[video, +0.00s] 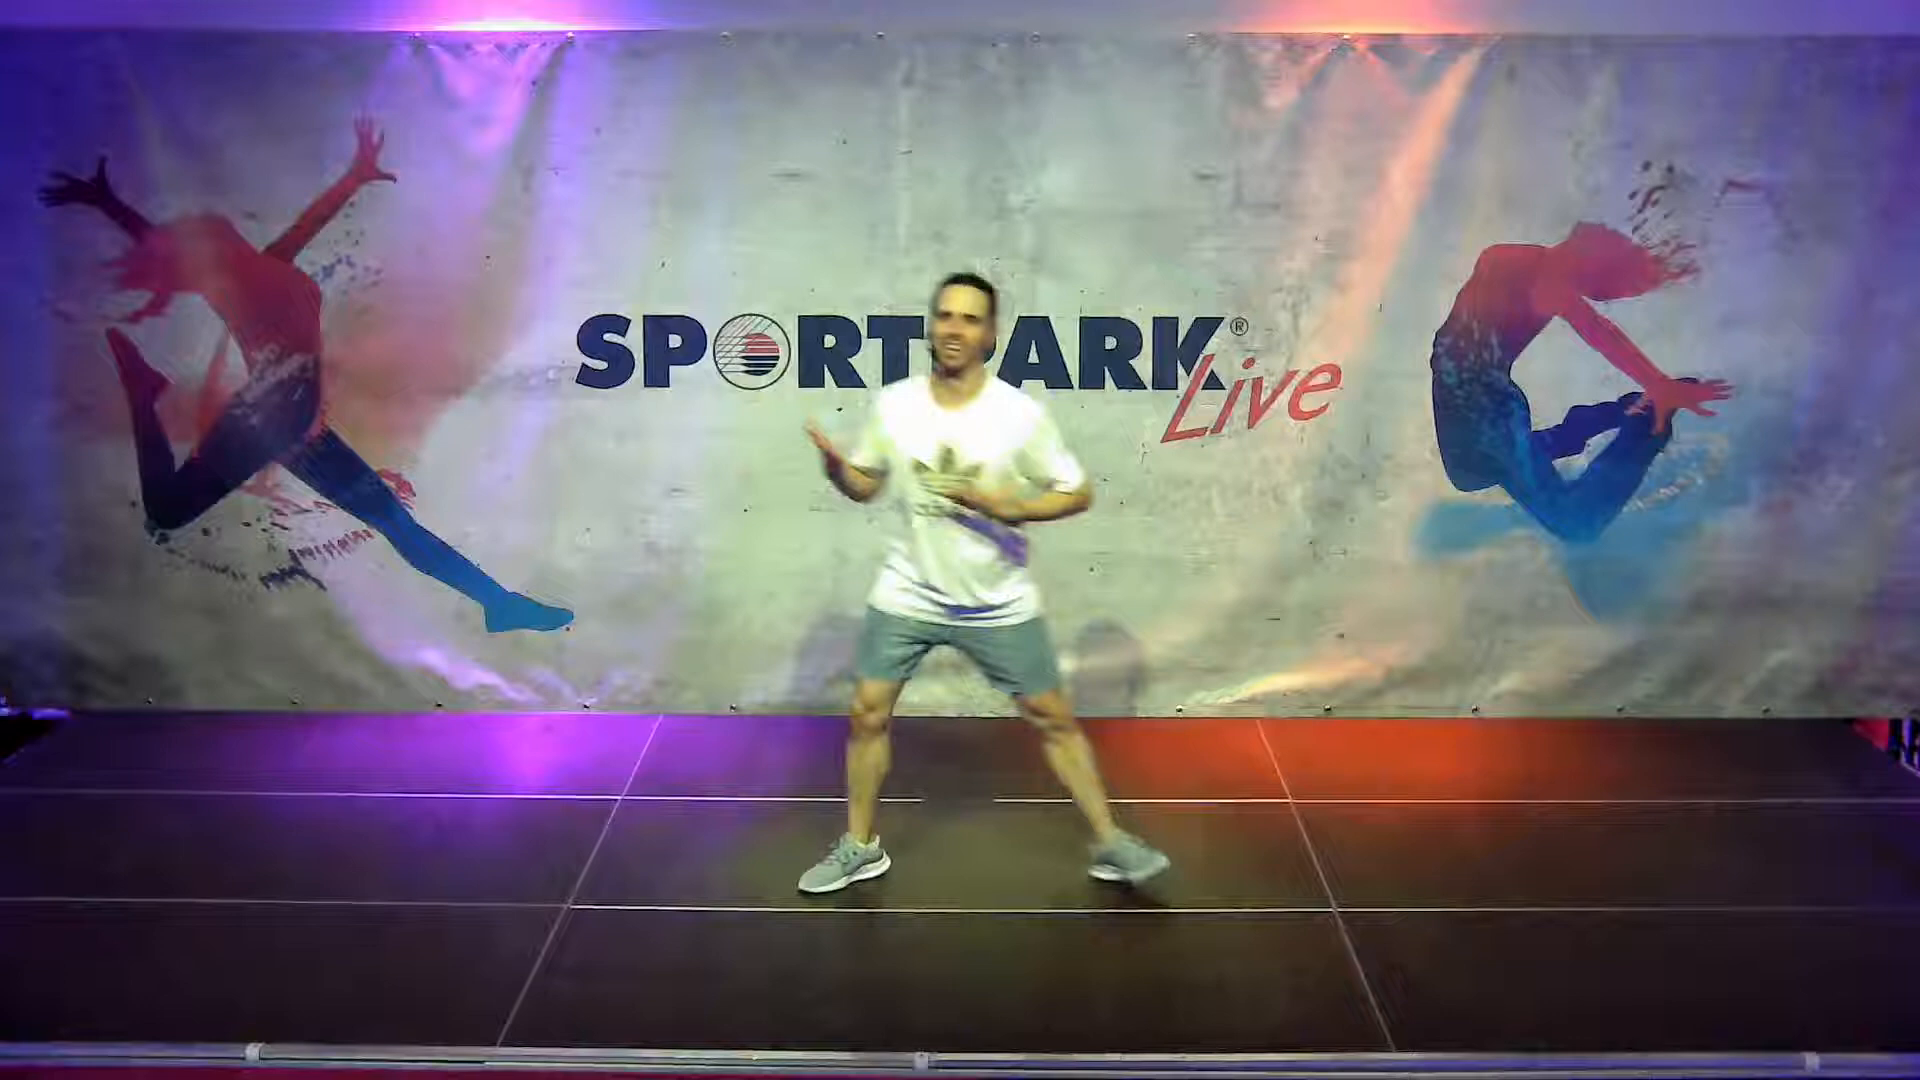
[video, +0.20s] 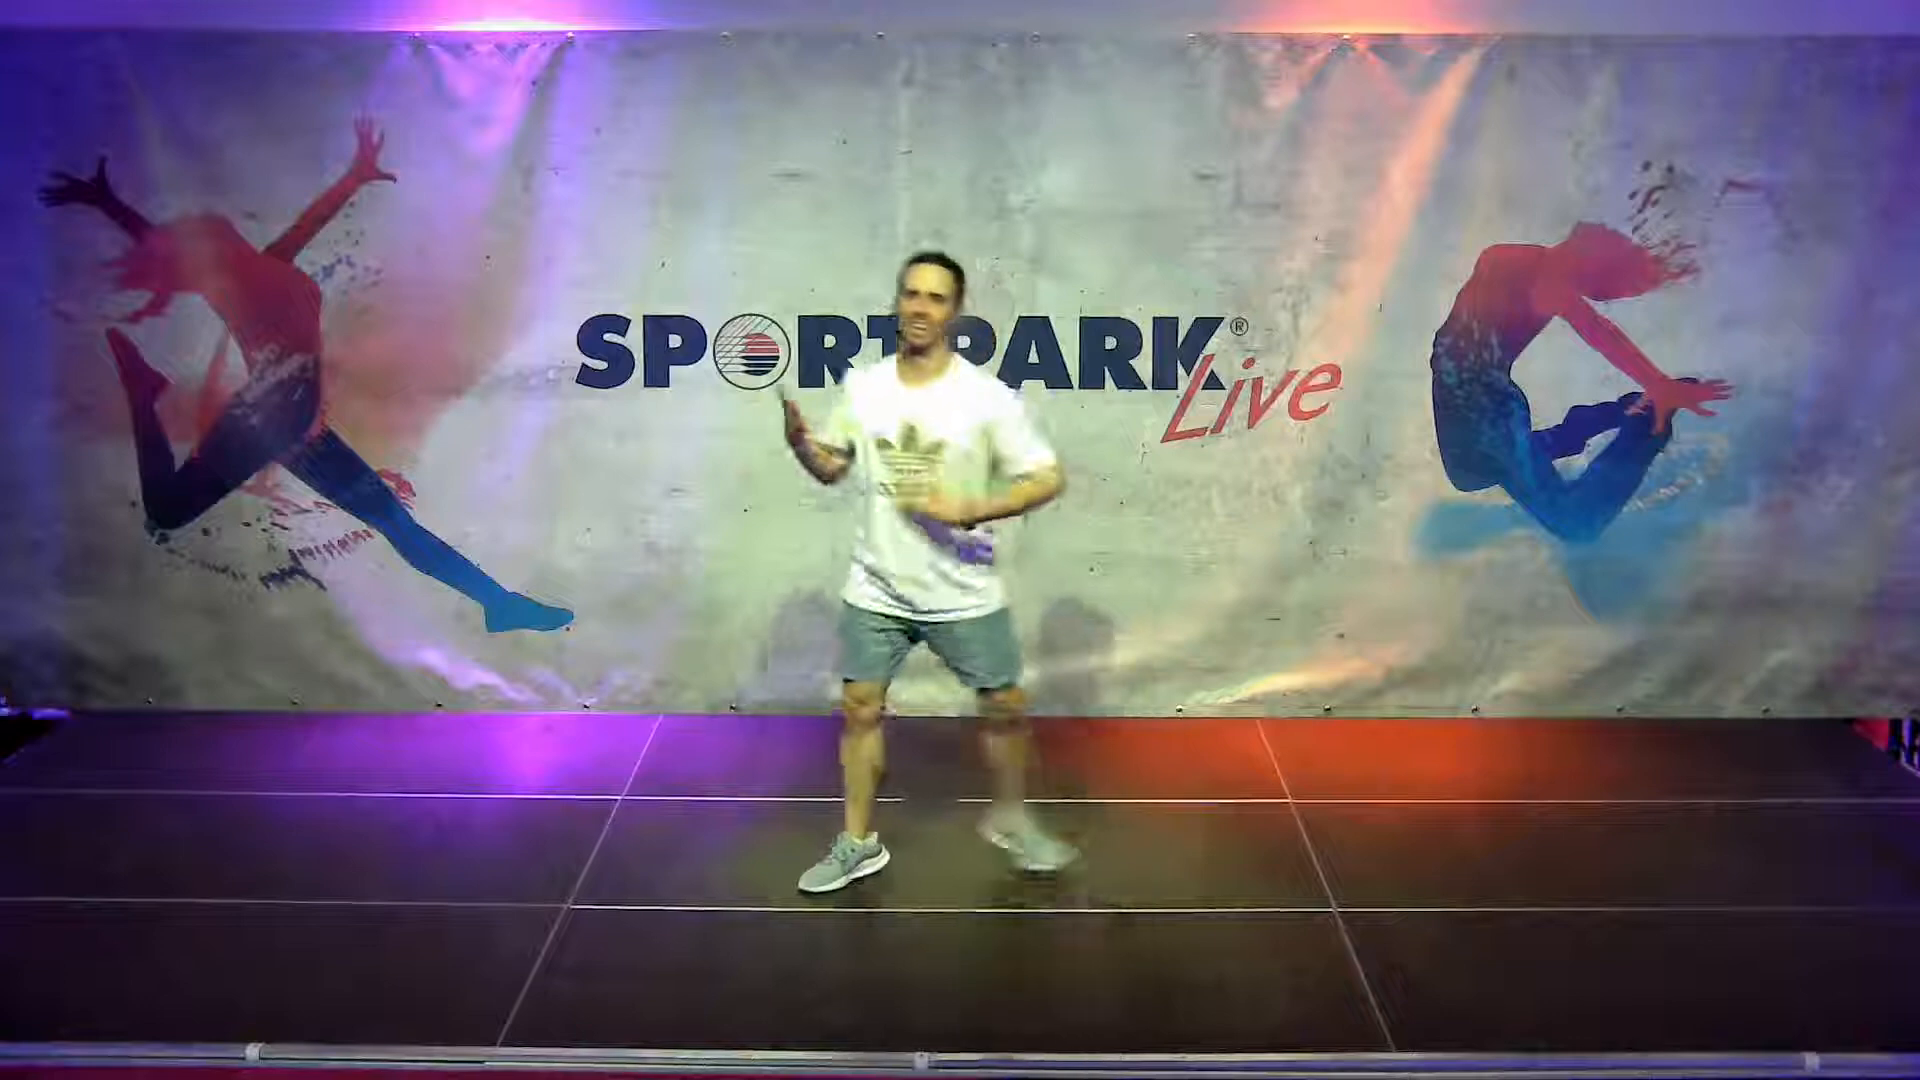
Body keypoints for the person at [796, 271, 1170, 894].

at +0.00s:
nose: (953, 329)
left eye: (968, 320)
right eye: (945, 316)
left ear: (991, 334)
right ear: (929, 325)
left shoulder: (1019, 413)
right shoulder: (897, 404)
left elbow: (1077, 494)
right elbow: (865, 487)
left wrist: (1007, 508)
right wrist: (835, 464)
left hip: (1000, 599)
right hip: (908, 591)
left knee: (1053, 714)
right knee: (867, 711)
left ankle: (1108, 839)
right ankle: (859, 843)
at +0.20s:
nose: (919, 308)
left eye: (935, 299)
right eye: (910, 295)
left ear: (956, 312)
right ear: (896, 302)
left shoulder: (987, 397)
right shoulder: (863, 384)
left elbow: (1047, 479)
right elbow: (833, 470)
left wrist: (972, 509)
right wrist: (804, 444)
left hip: (964, 588)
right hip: (879, 583)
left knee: (1005, 704)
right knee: (859, 704)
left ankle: (1010, 819)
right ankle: (857, 839)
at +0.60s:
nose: (925, 294)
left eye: (942, 285)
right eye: (917, 281)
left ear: (963, 300)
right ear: (902, 289)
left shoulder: (984, 379)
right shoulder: (860, 368)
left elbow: (1008, 457)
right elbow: (818, 451)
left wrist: (966, 479)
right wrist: (833, 542)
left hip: (962, 582)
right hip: (874, 580)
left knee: (992, 705)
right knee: (853, 702)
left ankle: (982, 835)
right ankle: (844, 831)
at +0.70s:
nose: (966, 327)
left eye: (982, 318)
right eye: (955, 313)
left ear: (997, 330)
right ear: (935, 318)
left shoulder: (1008, 404)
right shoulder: (885, 398)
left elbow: (1032, 478)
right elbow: (852, 503)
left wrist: (1026, 426)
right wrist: (829, 597)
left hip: (975, 604)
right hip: (885, 600)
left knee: (1021, 735)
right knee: (865, 729)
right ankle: (848, 840)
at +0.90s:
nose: (1022, 333)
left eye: (1036, 322)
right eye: (1011, 319)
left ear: (1052, 335)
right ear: (988, 328)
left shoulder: (1072, 417)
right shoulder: (946, 416)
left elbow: (1145, 482)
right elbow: (900, 507)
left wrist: (1095, 463)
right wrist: (854, 580)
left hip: (1046, 618)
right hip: (955, 621)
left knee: (1085, 747)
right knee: (903, 749)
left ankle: (1105, 898)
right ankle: (861, 830)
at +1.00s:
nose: (1049, 319)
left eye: (1063, 309)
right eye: (1038, 306)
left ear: (1079, 324)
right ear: (1016, 316)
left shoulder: (1103, 408)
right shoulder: (973, 402)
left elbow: (1181, 479)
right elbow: (924, 498)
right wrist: (875, 574)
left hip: (1075, 613)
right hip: (982, 611)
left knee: (1097, 743)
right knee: (949, 742)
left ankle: (1106, 895)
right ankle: (943, 853)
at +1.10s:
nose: (1082, 317)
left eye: (1096, 306)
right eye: (1070, 303)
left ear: (1113, 321)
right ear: (1048, 313)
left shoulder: (1135, 416)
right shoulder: (1001, 402)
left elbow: (1192, 500)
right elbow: (948, 495)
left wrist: (1203, 591)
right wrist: (884, 566)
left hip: (1094, 610)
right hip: (1010, 610)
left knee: (1114, 747)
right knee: (1039, 749)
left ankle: (1110, 903)